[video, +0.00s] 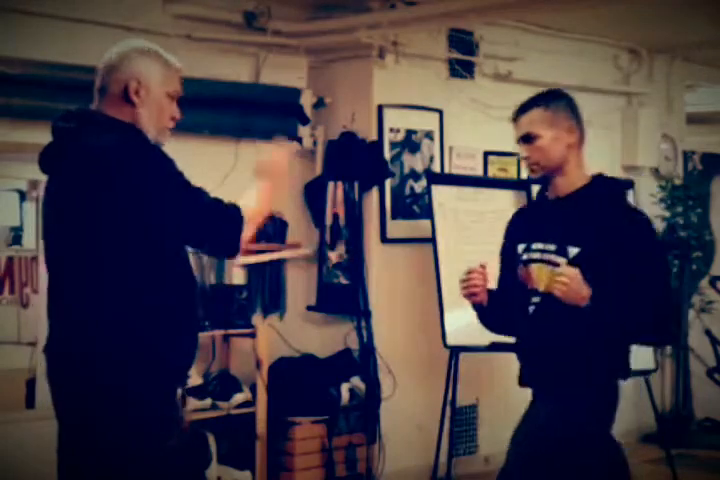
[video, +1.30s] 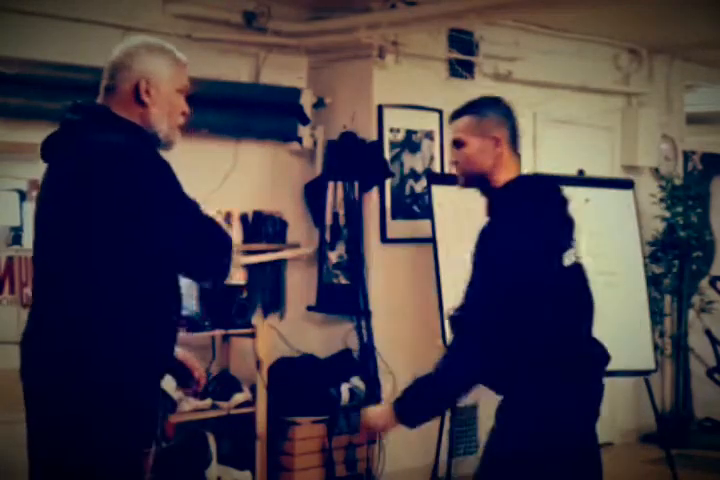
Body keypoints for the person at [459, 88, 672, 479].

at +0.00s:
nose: (522, 153)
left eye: (530, 140)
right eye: (520, 144)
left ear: (571, 137)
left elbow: (660, 324)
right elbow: (514, 319)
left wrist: (590, 298)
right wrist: (485, 300)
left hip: (589, 387)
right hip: (544, 386)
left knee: (520, 469)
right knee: (595, 467)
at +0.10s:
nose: (482, 155)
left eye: (489, 141)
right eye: (480, 145)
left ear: (529, 139)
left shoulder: (572, 214)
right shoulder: (503, 227)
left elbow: (617, 322)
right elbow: (513, 331)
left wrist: (531, 300)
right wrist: (469, 308)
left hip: (569, 393)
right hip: (528, 393)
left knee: (502, 471)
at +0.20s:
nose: (435, 160)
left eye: (442, 145)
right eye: (434, 148)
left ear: (482, 143)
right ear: (482, 145)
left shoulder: (502, 201)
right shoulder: (504, 197)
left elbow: (496, 321)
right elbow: (504, 313)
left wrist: (410, 308)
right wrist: (443, 306)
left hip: (530, 391)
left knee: (473, 473)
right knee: (560, 471)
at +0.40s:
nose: (350, 186)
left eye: (354, 173)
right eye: (347, 175)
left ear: (389, 163)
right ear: (392, 164)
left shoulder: (418, 238)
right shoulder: (458, 208)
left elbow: (363, 345)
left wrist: (268, 376)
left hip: (487, 402)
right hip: (535, 387)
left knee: (432, 474)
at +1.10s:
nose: (378, 180)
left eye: (382, 167)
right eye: (375, 169)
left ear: (415, 156)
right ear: (418, 157)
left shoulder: (449, 230)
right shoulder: (474, 199)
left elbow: (392, 339)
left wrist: (296, 384)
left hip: (499, 396)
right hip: (533, 382)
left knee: (448, 472)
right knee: (546, 473)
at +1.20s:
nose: (410, 169)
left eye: (418, 156)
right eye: (408, 159)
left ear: (455, 151)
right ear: (456, 153)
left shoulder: (481, 221)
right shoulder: (508, 198)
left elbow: (425, 335)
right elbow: (552, 307)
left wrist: (342, 405)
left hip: (510, 398)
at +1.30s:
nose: (452, 158)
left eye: (460, 145)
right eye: (453, 147)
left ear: (497, 146)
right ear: (496, 147)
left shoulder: (514, 216)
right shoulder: (539, 202)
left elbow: (479, 345)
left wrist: (398, 412)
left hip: (539, 396)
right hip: (569, 385)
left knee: (498, 472)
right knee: (574, 473)